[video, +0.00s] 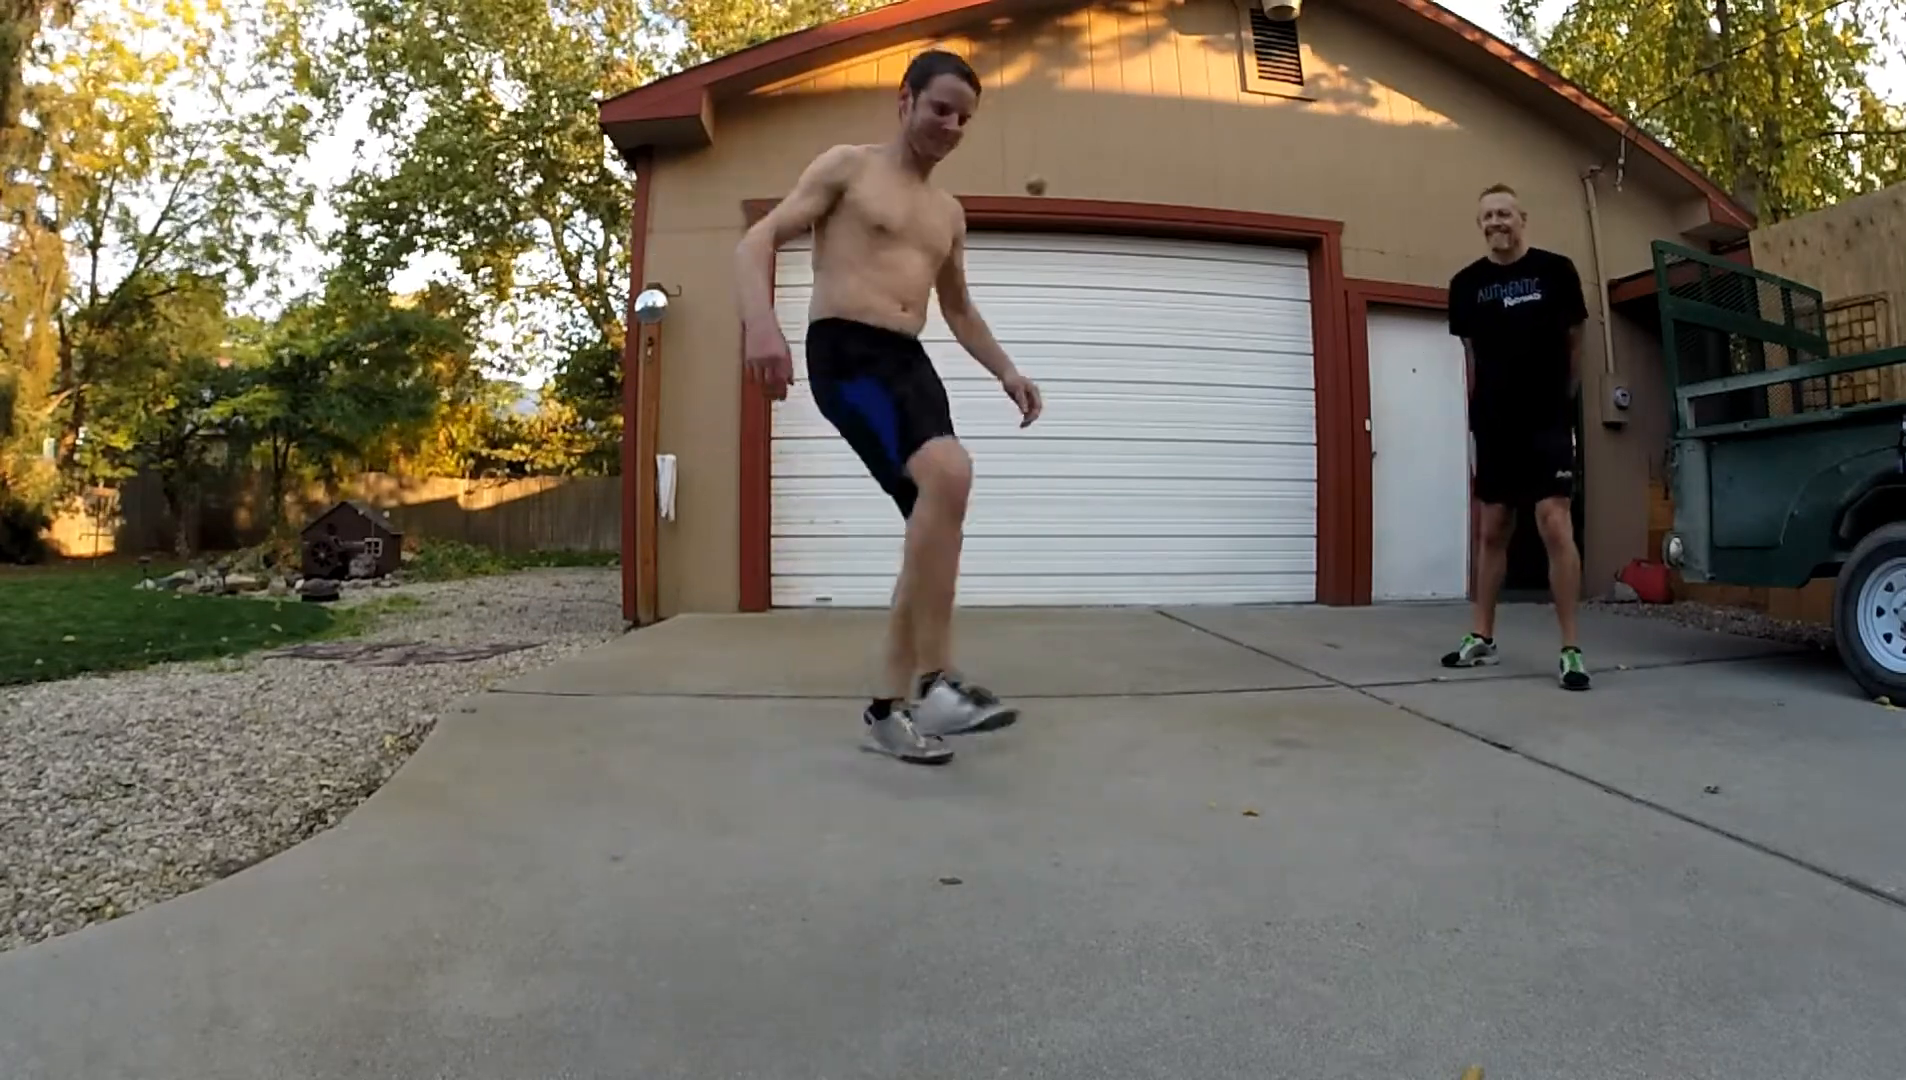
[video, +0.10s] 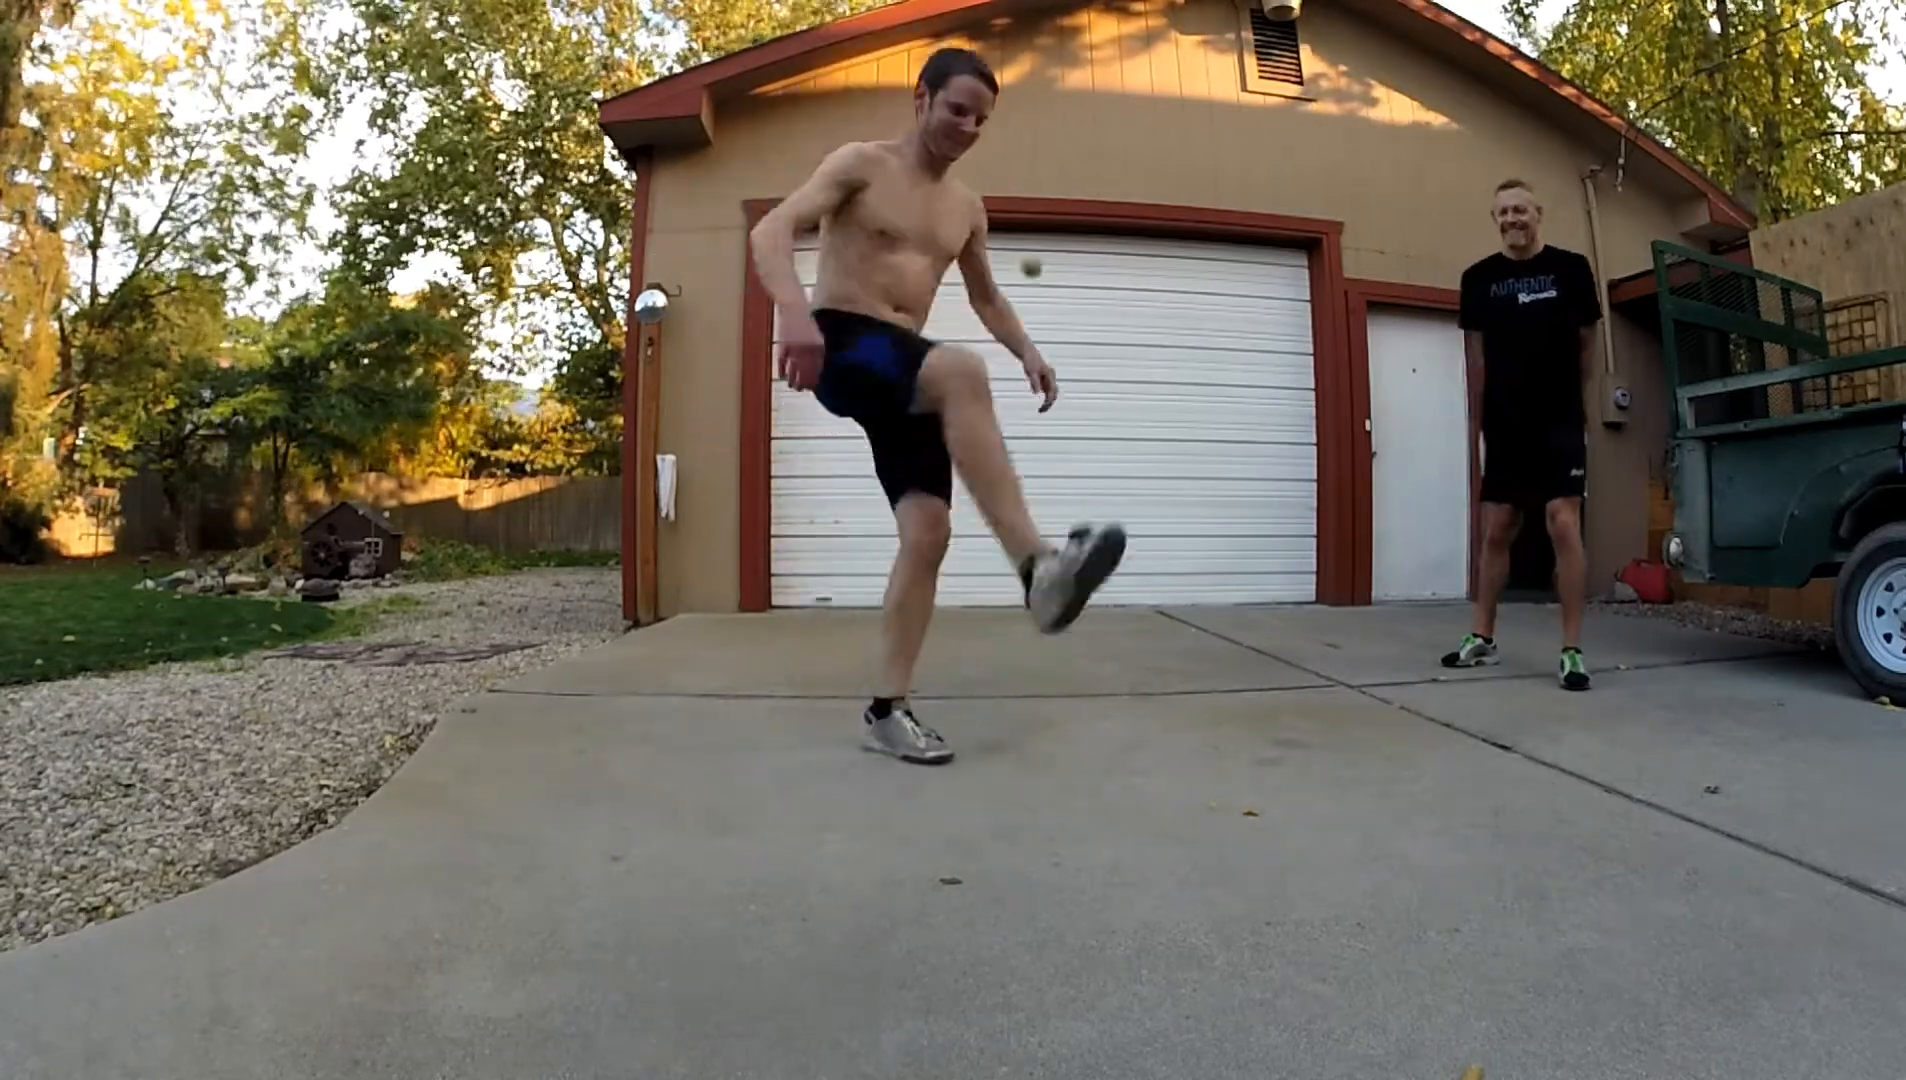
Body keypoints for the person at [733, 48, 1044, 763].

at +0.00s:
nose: (951, 126)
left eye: (963, 117)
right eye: (941, 109)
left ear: (969, 124)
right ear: (907, 101)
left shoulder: (948, 215)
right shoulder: (849, 164)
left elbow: (959, 310)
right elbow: (755, 244)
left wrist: (1008, 373)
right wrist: (761, 326)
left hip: (906, 356)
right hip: (845, 347)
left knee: (940, 518)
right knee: (947, 470)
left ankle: (892, 706)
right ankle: (934, 682)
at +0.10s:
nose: (968, 127)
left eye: (980, 118)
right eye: (958, 109)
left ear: (987, 124)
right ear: (922, 98)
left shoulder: (966, 208)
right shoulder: (861, 162)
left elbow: (986, 297)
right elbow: (772, 231)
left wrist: (1028, 352)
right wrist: (794, 312)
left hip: (905, 358)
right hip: (841, 340)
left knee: (925, 534)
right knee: (962, 372)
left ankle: (888, 710)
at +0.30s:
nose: (989, 113)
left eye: (1000, 103)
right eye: (979, 96)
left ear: (1004, 106)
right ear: (941, 86)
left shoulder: (974, 188)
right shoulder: (887, 144)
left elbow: (967, 275)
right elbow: (806, 209)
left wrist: (1013, 328)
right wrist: (855, 265)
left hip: (914, 346)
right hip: (854, 326)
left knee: (934, 522)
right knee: (966, 373)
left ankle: (896, 700)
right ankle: (974, 587)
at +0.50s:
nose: (985, 139)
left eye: (995, 129)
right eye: (974, 122)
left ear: (1001, 136)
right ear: (936, 114)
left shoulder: (972, 225)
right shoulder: (883, 177)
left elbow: (967, 318)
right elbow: (806, 262)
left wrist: (1029, 361)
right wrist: (833, 340)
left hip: (935, 370)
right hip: (879, 362)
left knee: (967, 544)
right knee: (990, 470)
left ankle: (896, 704)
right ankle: (1033, 676)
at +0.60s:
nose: (994, 138)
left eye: (1005, 128)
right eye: (983, 121)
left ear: (1010, 132)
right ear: (947, 111)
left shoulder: (983, 213)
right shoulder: (890, 176)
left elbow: (986, 298)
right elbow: (801, 252)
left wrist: (1041, 336)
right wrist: (833, 328)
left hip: (935, 362)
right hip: (876, 346)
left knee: (954, 533)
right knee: (1013, 364)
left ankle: (895, 705)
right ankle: (1111, 546)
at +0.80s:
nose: (1010, 110)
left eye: (1019, 99)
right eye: (999, 94)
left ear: (1022, 103)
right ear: (960, 85)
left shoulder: (993, 181)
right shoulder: (906, 146)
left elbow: (973, 265)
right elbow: (818, 217)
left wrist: (1015, 320)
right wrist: (862, 276)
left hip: (944, 347)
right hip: (886, 323)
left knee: (968, 506)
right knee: (1013, 328)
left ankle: (931, 684)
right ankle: (1025, 535)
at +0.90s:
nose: (1000, 122)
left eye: (1009, 112)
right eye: (989, 107)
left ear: (1013, 119)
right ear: (951, 102)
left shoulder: (986, 200)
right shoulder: (903, 164)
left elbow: (961, 288)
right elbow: (822, 242)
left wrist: (1014, 339)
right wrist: (858, 306)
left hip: (954, 358)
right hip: (900, 347)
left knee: (976, 533)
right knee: (1010, 442)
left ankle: (919, 699)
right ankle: (1008, 652)